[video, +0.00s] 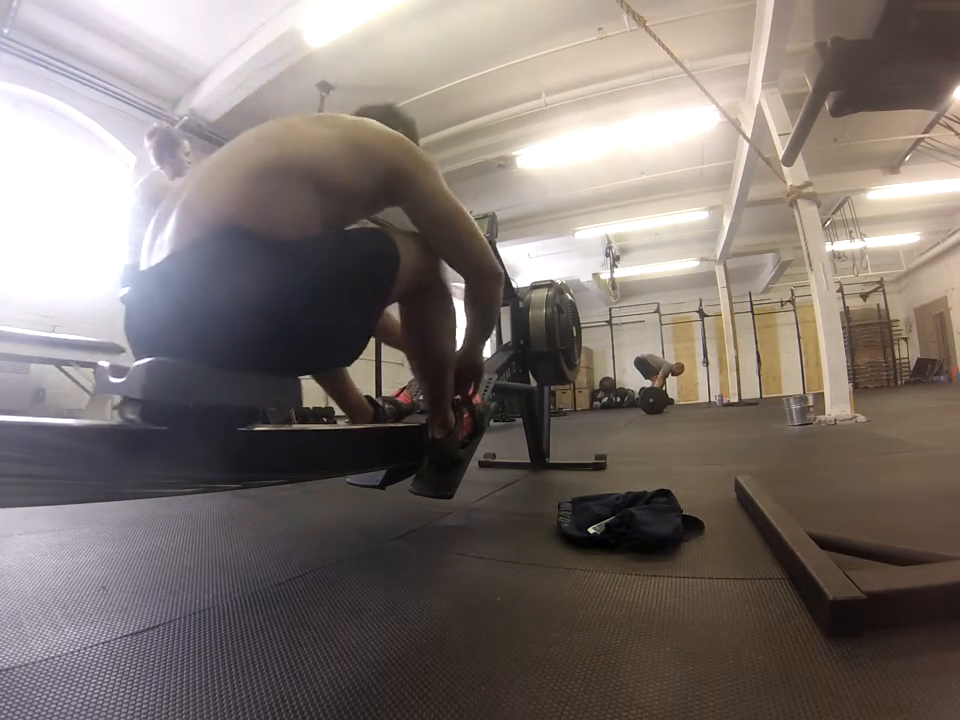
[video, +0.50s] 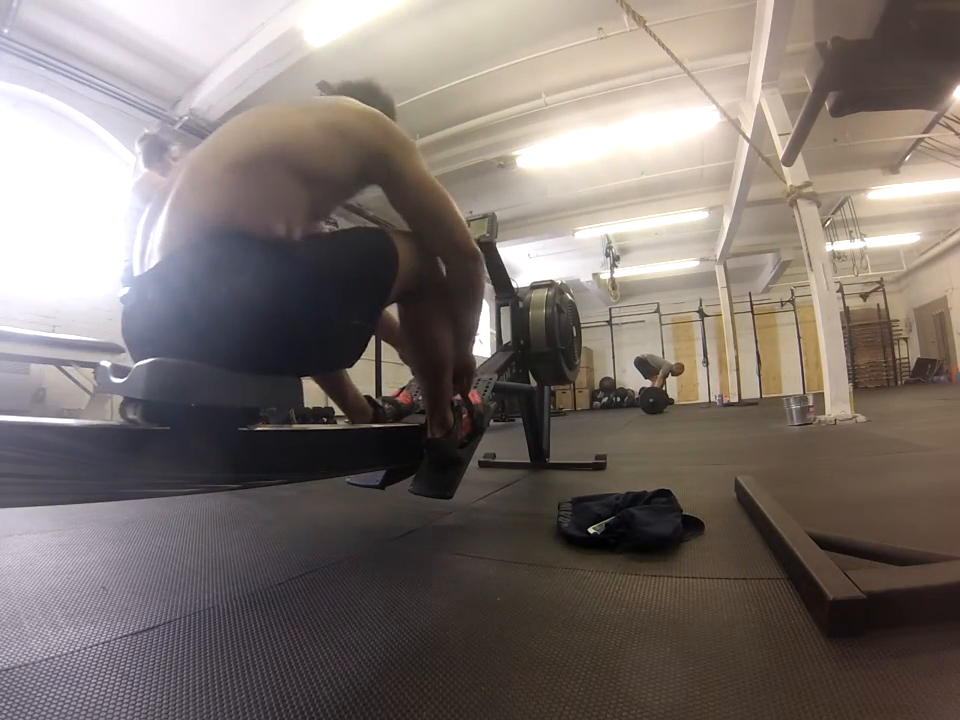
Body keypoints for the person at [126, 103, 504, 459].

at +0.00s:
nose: (408, 176)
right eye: (410, 163)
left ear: (356, 119)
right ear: (401, 141)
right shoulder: (398, 151)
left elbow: (350, 294)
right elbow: (487, 275)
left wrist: (427, 352)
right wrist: (474, 350)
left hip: (152, 318)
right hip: (248, 303)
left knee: (311, 281)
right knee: (421, 264)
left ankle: (363, 412)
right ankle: (442, 426)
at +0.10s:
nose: (406, 175)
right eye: (407, 161)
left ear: (352, 117)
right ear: (400, 140)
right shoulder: (395, 149)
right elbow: (486, 272)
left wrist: (419, 339)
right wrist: (474, 350)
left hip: (155, 323)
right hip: (243, 304)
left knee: (309, 281)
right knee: (423, 264)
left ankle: (362, 412)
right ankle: (442, 423)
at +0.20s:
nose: (404, 168)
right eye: (404, 151)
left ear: (343, 111)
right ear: (394, 132)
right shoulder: (389, 142)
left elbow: (331, 273)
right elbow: (480, 266)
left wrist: (430, 341)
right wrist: (472, 346)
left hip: (153, 322)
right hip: (237, 302)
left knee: (312, 283)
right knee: (425, 265)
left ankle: (363, 414)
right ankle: (444, 427)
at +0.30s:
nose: (397, 144)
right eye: (394, 134)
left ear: (331, 98)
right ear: (381, 119)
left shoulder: (266, 127)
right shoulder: (375, 130)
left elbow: (319, 261)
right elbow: (466, 254)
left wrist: (409, 342)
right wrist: (469, 350)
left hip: (150, 324)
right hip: (239, 304)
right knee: (428, 264)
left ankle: (364, 418)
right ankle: (443, 426)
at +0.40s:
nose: (392, 140)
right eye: (387, 129)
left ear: (326, 95)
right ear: (375, 114)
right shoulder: (368, 126)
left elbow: (315, 261)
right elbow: (461, 254)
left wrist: (406, 340)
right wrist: (464, 351)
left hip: (145, 321)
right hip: (232, 301)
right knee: (426, 263)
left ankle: (364, 420)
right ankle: (443, 427)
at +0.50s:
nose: (398, 143)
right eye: (394, 133)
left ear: (330, 99)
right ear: (381, 118)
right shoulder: (374, 128)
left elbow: (319, 262)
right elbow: (465, 255)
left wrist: (405, 343)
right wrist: (464, 351)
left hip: (147, 323)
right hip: (238, 303)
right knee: (423, 263)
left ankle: (363, 418)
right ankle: (443, 426)